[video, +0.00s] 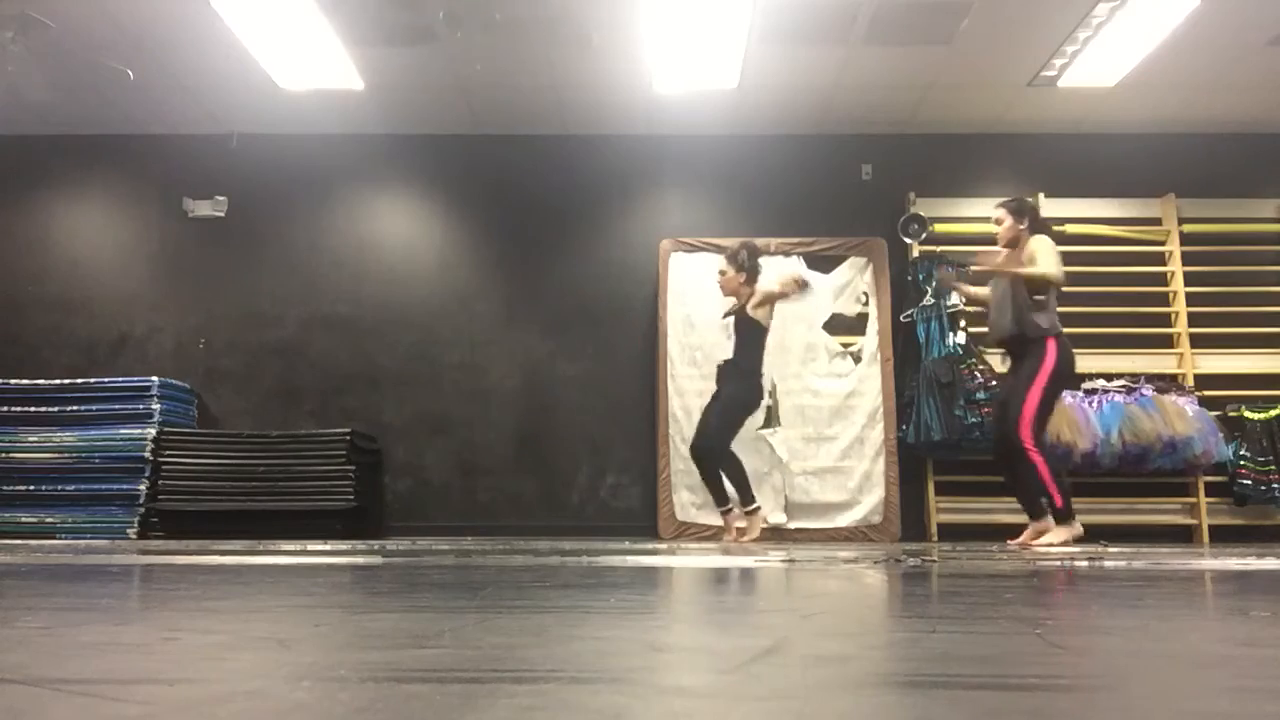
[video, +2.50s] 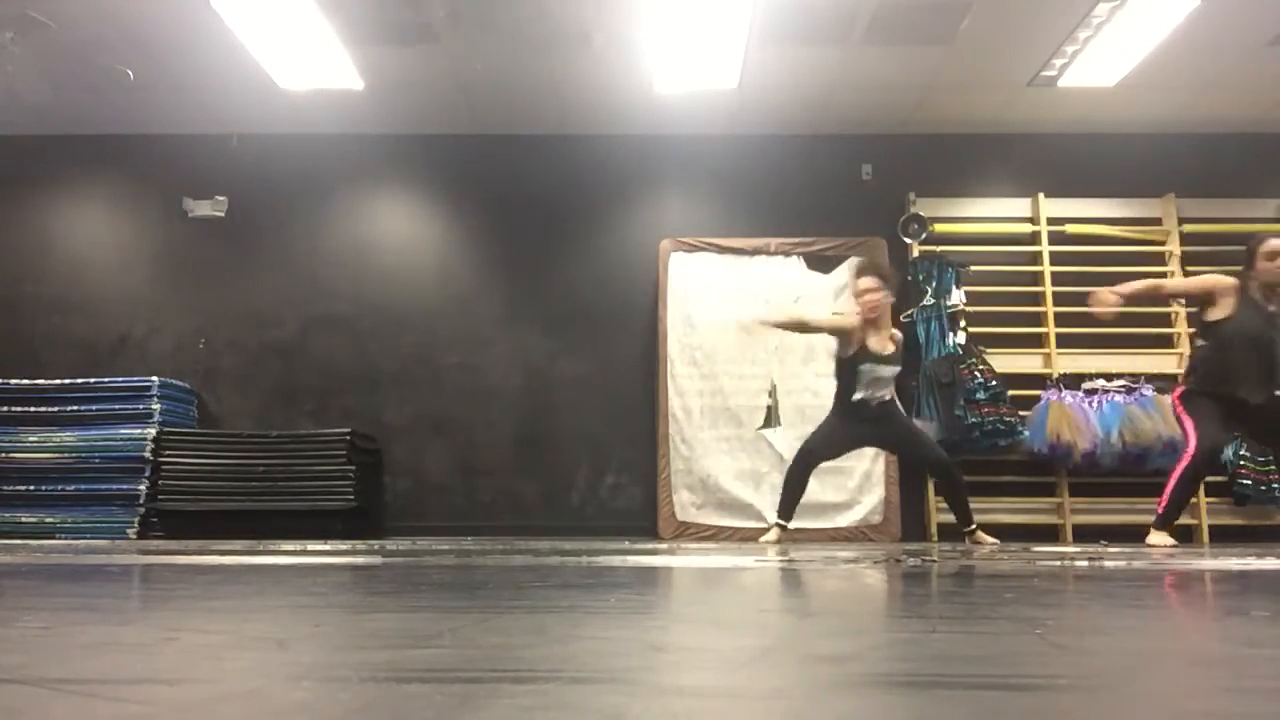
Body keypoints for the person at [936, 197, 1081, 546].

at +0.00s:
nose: (995, 229)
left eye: (999, 222)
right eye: (994, 223)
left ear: (1022, 222)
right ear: (1009, 226)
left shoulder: (1039, 243)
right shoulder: (1008, 258)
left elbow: (1054, 275)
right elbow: (997, 296)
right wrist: (958, 287)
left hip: (1047, 349)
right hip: (1024, 353)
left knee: (1023, 433)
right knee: (1006, 436)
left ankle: (1067, 523)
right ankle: (1040, 521)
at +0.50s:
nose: (974, 291)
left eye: (980, 284)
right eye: (975, 284)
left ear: (1000, 284)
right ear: (994, 285)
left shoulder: (1012, 311)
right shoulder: (998, 320)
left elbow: (1061, 327)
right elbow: (1023, 366)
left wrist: (1066, 385)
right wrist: (1016, 406)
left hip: (1062, 404)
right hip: (1040, 406)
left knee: (1008, 451)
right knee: (995, 456)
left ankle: (1065, 521)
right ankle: (1042, 526)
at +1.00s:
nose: (1062, 225)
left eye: (1070, 219)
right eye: (1054, 219)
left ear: (1079, 229)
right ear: (1040, 227)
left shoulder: (1091, 266)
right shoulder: (1022, 265)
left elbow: (1134, 290)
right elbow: (989, 287)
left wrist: (1131, 334)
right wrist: (992, 330)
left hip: (1078, 366)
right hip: (1036, 366)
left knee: (1047, 438)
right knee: (992, 430)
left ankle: (1071, 529)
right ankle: (1013, 512)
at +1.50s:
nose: (1094, 222)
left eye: (1100, 217)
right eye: (1086, 215)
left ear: (1104, 226)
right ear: (1067, 222)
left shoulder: (1117, 258)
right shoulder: (1059, 262)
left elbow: (1173, 237)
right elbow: (1052, 260)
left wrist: (1229, 210)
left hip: (1118, 358)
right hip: (1075, 350)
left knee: (1084, 441)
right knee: (1086, 398)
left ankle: (1035, 524)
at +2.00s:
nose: (1249, 214)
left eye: (1252, 207)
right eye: (1239, 207)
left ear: (1256, 214)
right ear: (1218, 215)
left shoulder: (1270, 250)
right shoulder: (1203, 262)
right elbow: (1140, 284)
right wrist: (1115, 250)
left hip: (1266, 357)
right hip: (1217, 357)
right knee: (1189, 432)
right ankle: (1147, 519)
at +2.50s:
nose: (1277, 264)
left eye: (1279, 258)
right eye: (1271, 257)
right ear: (1253, 264)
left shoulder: (1275, 305)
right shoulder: (1224, 288)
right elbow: (1162, 286)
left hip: (1256, 404)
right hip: (1204, 397)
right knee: (1207, 446)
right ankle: (1159, 529)